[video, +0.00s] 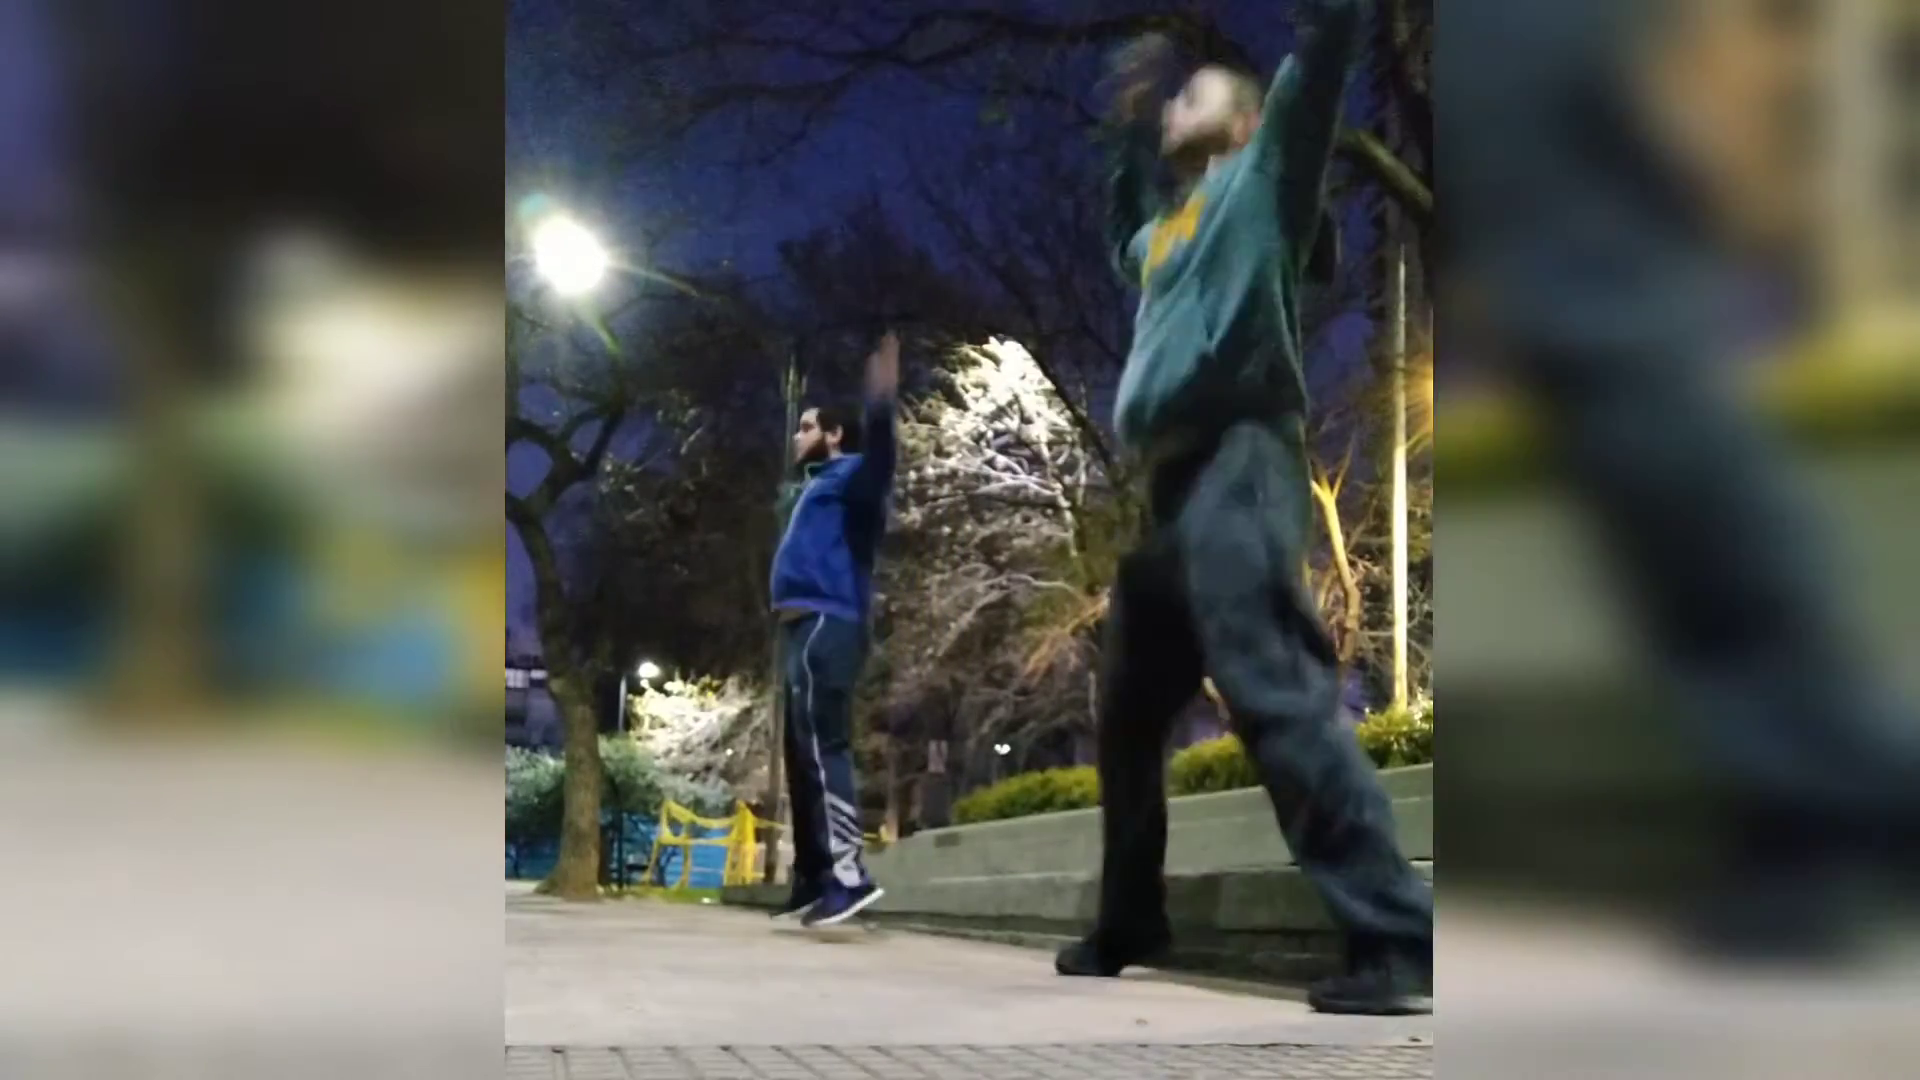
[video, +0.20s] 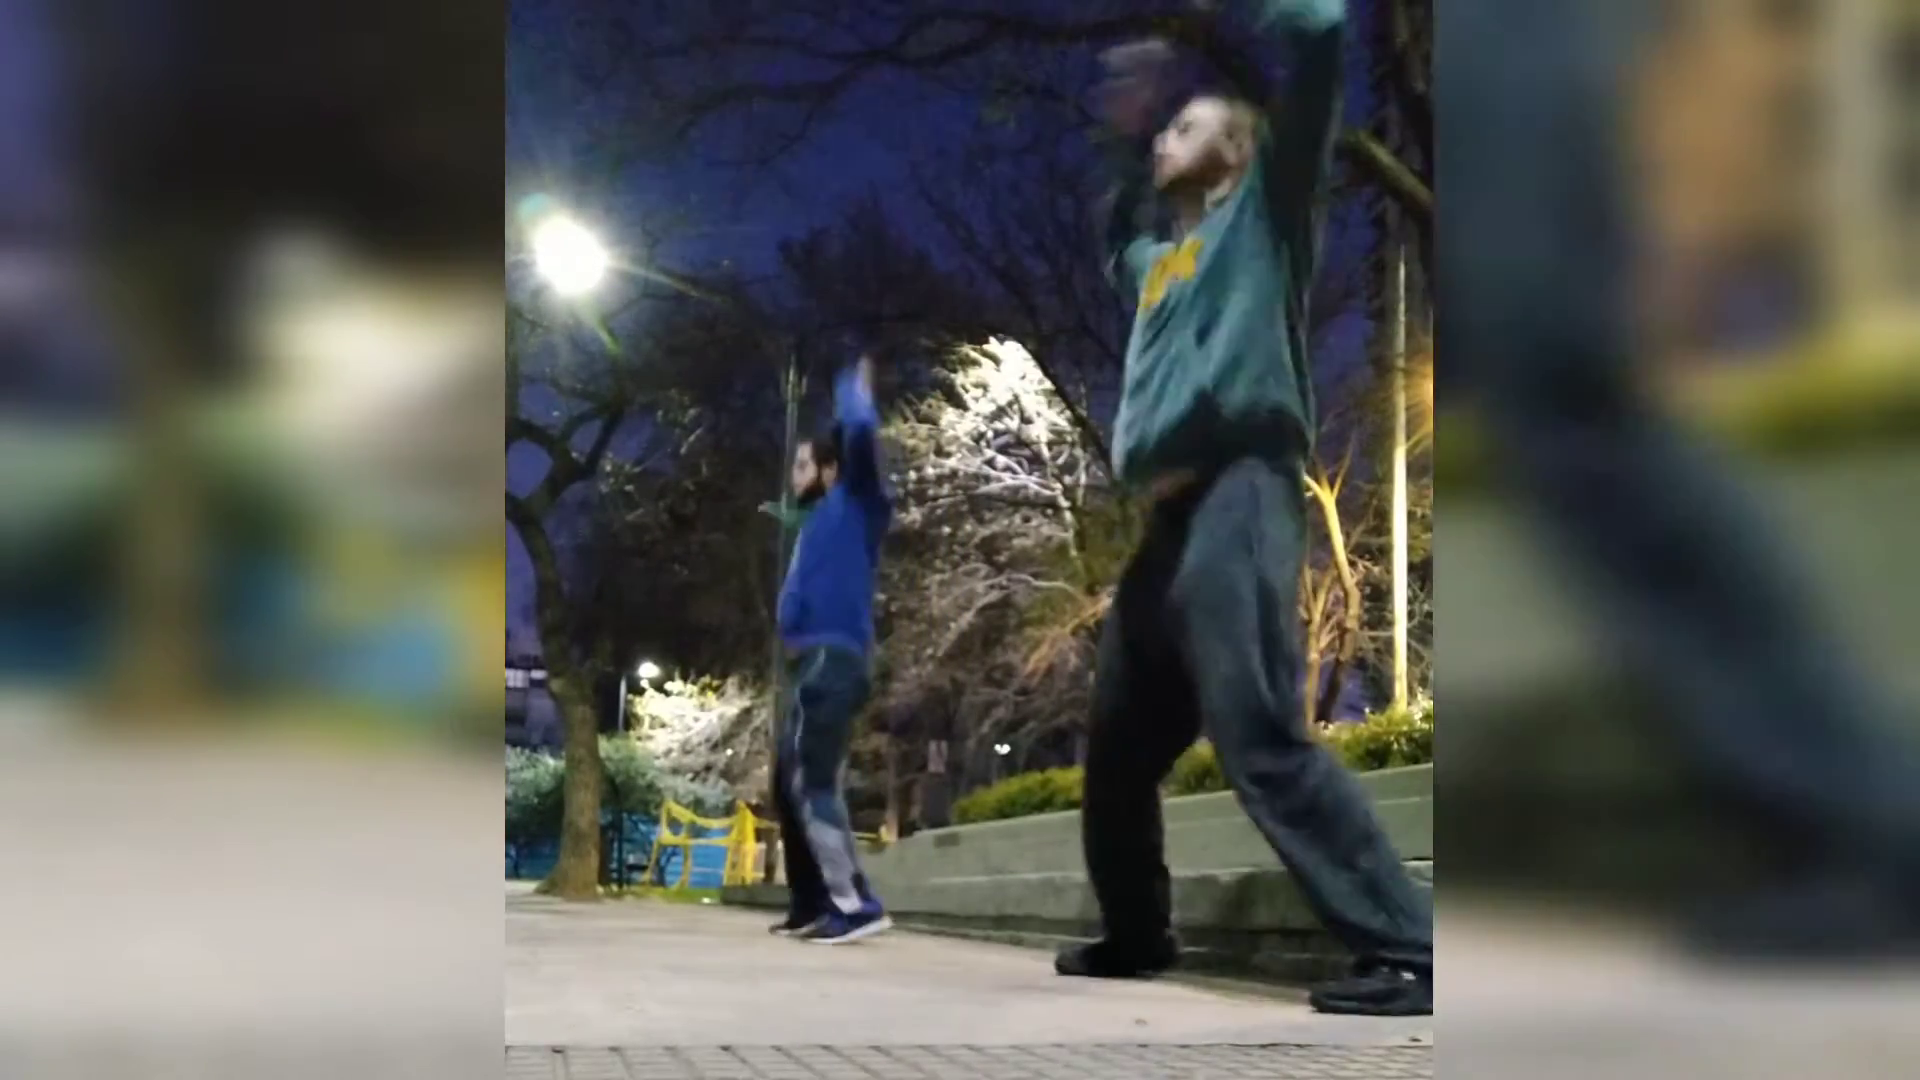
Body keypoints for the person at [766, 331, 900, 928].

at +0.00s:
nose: (799, 436)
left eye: (808, 427)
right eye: (800, 427)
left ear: (836, 432)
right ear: (816, 437)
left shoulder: (855, 476)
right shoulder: (812, 483)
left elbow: (882, 450)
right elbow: (793, 454)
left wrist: (882, 397)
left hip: (829, 618)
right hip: (794, 620)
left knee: (821, 743)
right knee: (797, 750)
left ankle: (847, 874)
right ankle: (811, 876)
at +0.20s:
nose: (797, 474)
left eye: (805, 462)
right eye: (798, 464)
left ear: (831, 465)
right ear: (813, 473)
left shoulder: (856, 502)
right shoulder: (815, 516)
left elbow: (858, 429)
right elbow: (792, 508)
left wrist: (855, 383)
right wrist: (794, 500)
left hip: (835, 648)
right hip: (804, 651)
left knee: (809, 776)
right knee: (790, 779)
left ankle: (852, 902)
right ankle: (811, 901)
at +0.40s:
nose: (809, 443)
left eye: (818, 433)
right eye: (808, 436)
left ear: (843, 437)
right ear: (814, 446)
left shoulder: (862, 475)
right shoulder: (823, 485)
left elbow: (882, 448)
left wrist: (866, 389)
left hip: (844, 618)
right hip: (807, 621)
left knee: (830, 749)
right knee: (808, 756)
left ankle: (850, 881)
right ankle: (819, 886)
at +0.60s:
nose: (809, 469)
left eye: (817, 460)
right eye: (810, 460)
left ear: (845, 465)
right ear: (842, 466)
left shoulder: (866, 504)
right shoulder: (843, 510)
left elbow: (880, 570)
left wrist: (871, 633)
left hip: (854, 654)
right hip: (833, 654)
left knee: (823, 779)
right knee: (820, 782)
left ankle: (872, 900)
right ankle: (861, 901)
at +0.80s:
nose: (820, 447)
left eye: (830, 437)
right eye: (821, 438)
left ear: (860, 442)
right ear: (838, 447)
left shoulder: (883, 477)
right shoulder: (837, 497)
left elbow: (898, 528)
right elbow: (825, 565)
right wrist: (810, 614)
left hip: (863, 624)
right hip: (827, 629)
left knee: (858, 753)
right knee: (835, 761)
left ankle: (878, 882)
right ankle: (850, 890)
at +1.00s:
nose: (828, 461)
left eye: (835, 452)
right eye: (829, 453)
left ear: (863, 458)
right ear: (850, 463)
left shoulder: (887, 501)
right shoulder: (841, 509)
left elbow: (901, 437)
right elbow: (830, 486)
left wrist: (890, 370)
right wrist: (840, 467)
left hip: (871, 643)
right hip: (832, 647)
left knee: (869, 766)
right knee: (828, 772)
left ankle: (907, 893)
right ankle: (841, 890)